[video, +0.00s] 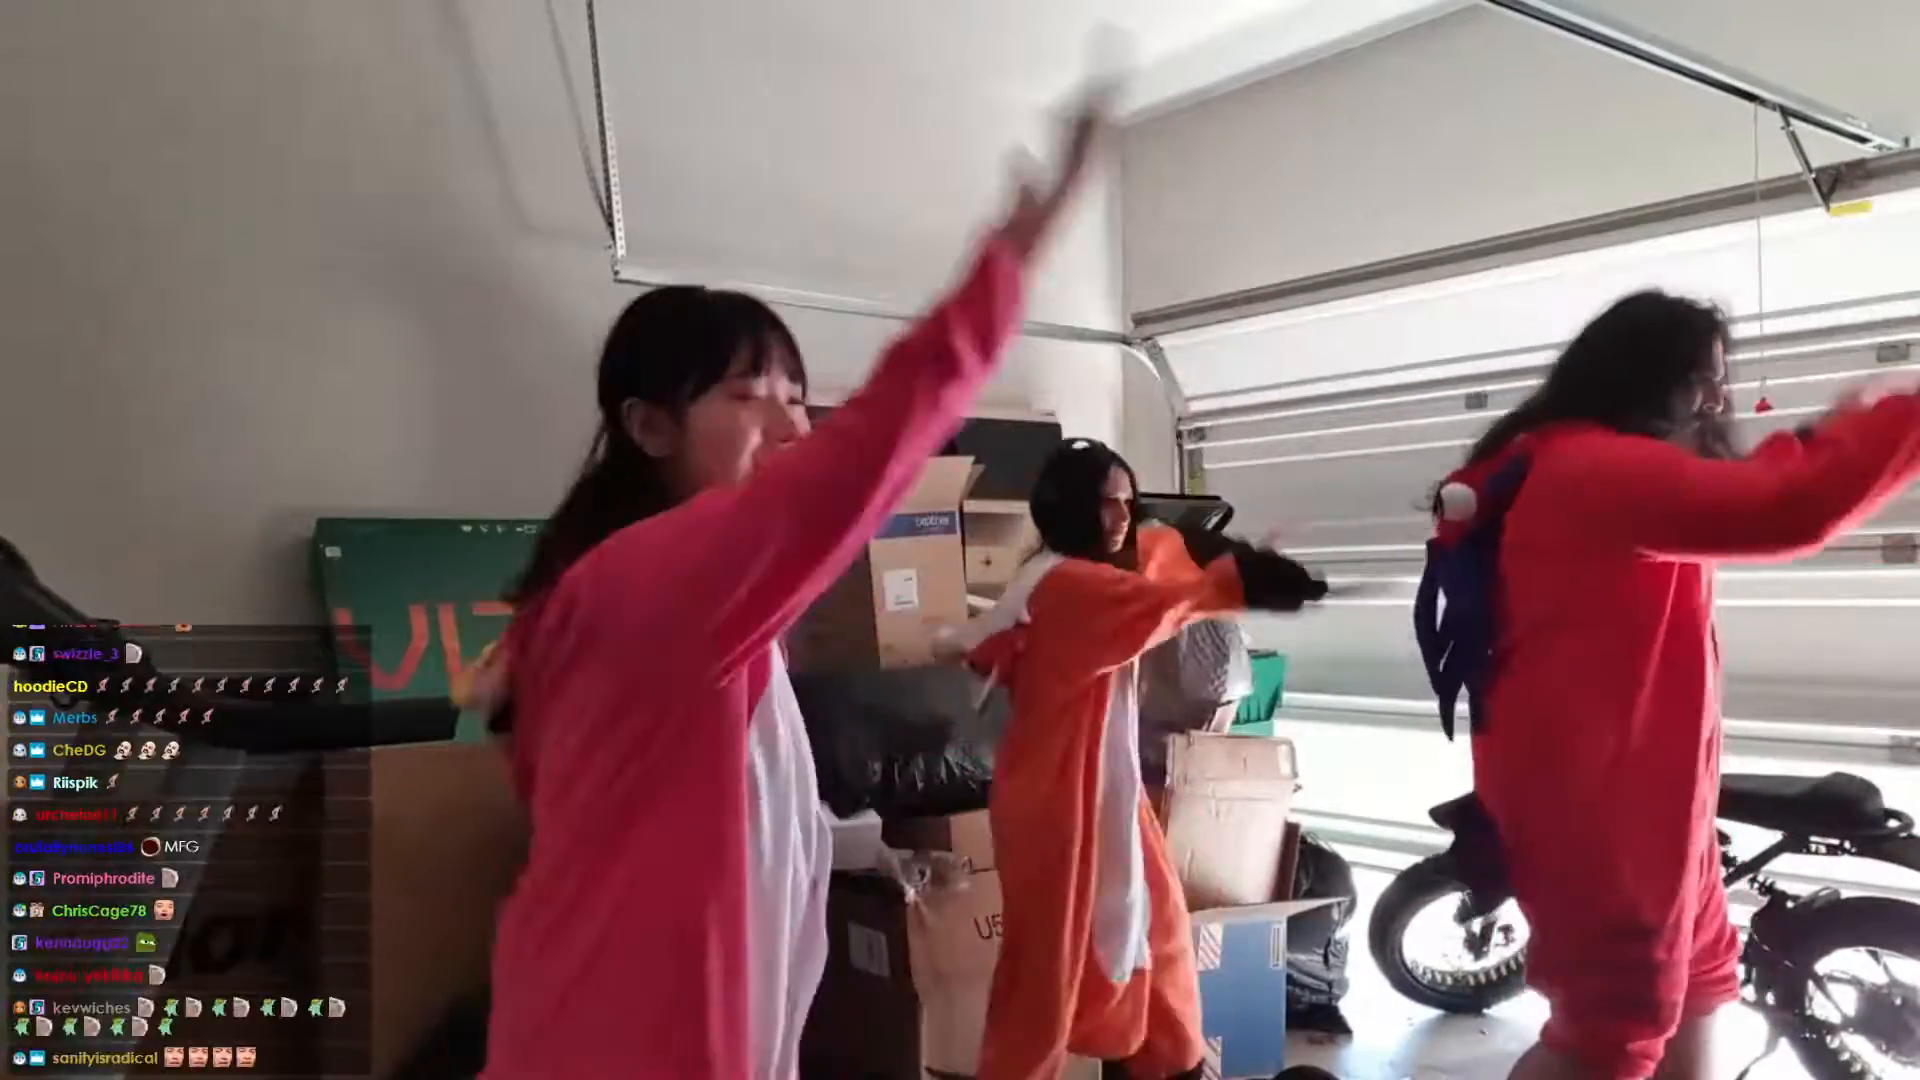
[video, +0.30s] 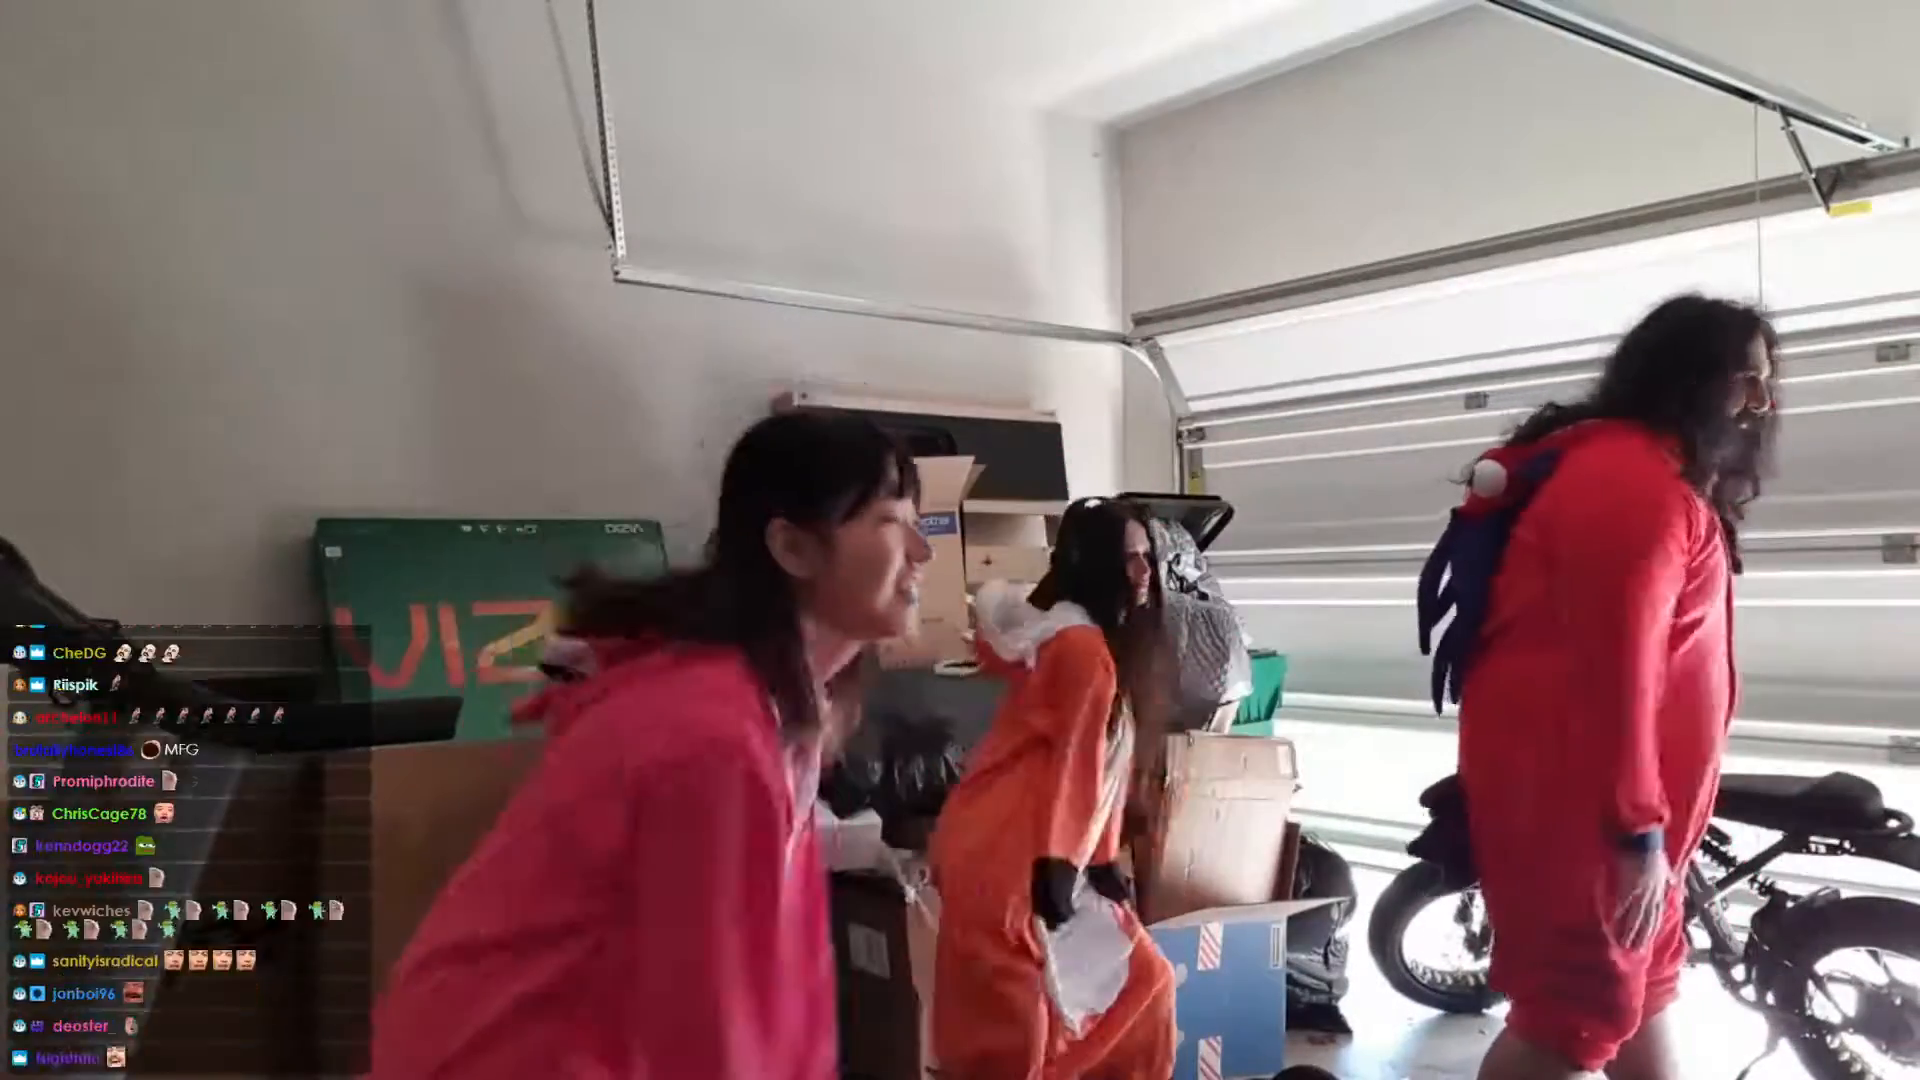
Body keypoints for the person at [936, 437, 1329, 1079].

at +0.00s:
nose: (1121, 517)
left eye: (1127, 502)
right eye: (1107, 504)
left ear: (1133, 503)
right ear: (1070, 508)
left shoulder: (1106, 573)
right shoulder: (1058, 582)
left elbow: (1168, 558)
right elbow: (1149, 602)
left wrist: (1239, 559)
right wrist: (1237, 582)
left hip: (1110, 782)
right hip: (1051, 790)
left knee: (1159, 918)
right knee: (1047, 934)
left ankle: (1167, 1061)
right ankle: (1019, 1068)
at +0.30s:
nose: (1146, 575)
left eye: (1148, 560)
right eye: (1134, 561)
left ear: (1077, 567)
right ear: (1098, 565)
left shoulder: (1074, 635)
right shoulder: (1083, 650)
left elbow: (1104, 765)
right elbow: (1075, 767)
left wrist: (1104, 864)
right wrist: (1058, 876)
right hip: (1002, 853)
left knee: (1148, 978)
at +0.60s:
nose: (1108, 520)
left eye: (1109, 508)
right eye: (1093, 508)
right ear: (1053, 520)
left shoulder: (1085, 594)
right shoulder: (1062, 604)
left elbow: (1140, 554)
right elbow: (1164, 590)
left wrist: (1187, 501)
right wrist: (1236, 536)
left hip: (1140, 810)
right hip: (1091, 816)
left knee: (1186, 967)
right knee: (1069, 977)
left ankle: (1150, 1068)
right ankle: (1028, 1065)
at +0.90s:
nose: (1126, 516)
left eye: (1128, 503)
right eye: (1115, 503)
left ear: (1054, 510)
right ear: (1079, 507)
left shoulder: (1054, 580)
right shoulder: (1061, 584)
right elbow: (1155, 606)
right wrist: (1244, 584)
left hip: (1101, 784)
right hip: (1061, 790)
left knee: (1154, 911)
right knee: (1057, 938)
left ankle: (1165, 1058)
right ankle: (1019, 1067)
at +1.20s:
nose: (1133, 563)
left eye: (1136, 549)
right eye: (1119, 549)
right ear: (1084, 551)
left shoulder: (1080, 628)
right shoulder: (1068, 631)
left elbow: (1112, 752)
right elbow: (1070, 755)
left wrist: (1126, 867)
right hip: (1004, 843)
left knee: (1154, 974)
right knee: (1021, 1013)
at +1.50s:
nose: (1105, 539)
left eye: (1109, 525)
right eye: (1090, 526)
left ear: (1111, 529)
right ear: (1053, 532)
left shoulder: (1086, 605)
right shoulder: (1043, 609)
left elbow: (1159, 571)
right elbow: (1155, 591)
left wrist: (1237, 498)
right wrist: (1241, 503)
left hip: (1143, 805)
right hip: (1084, 813)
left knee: (1197, 971)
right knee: (1067, 981)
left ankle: (1158, 1071)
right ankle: (1019, 1064)